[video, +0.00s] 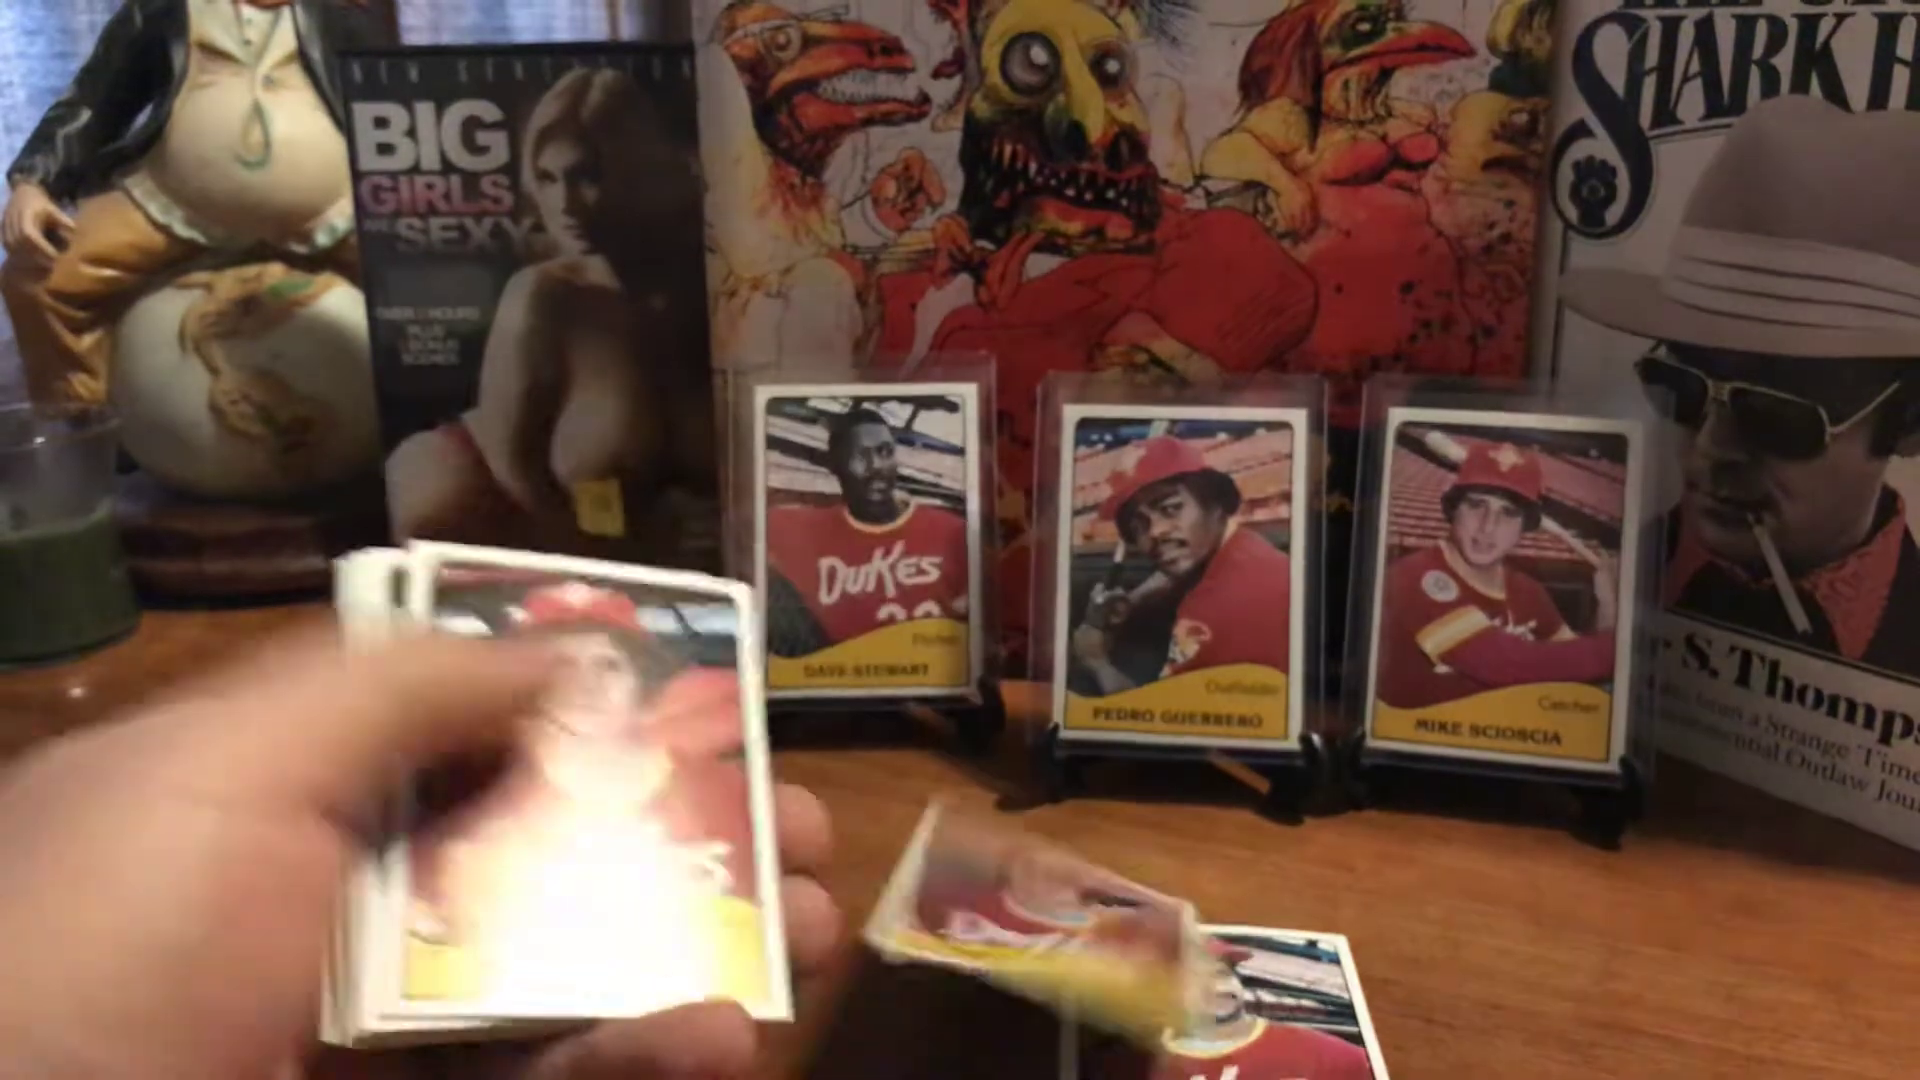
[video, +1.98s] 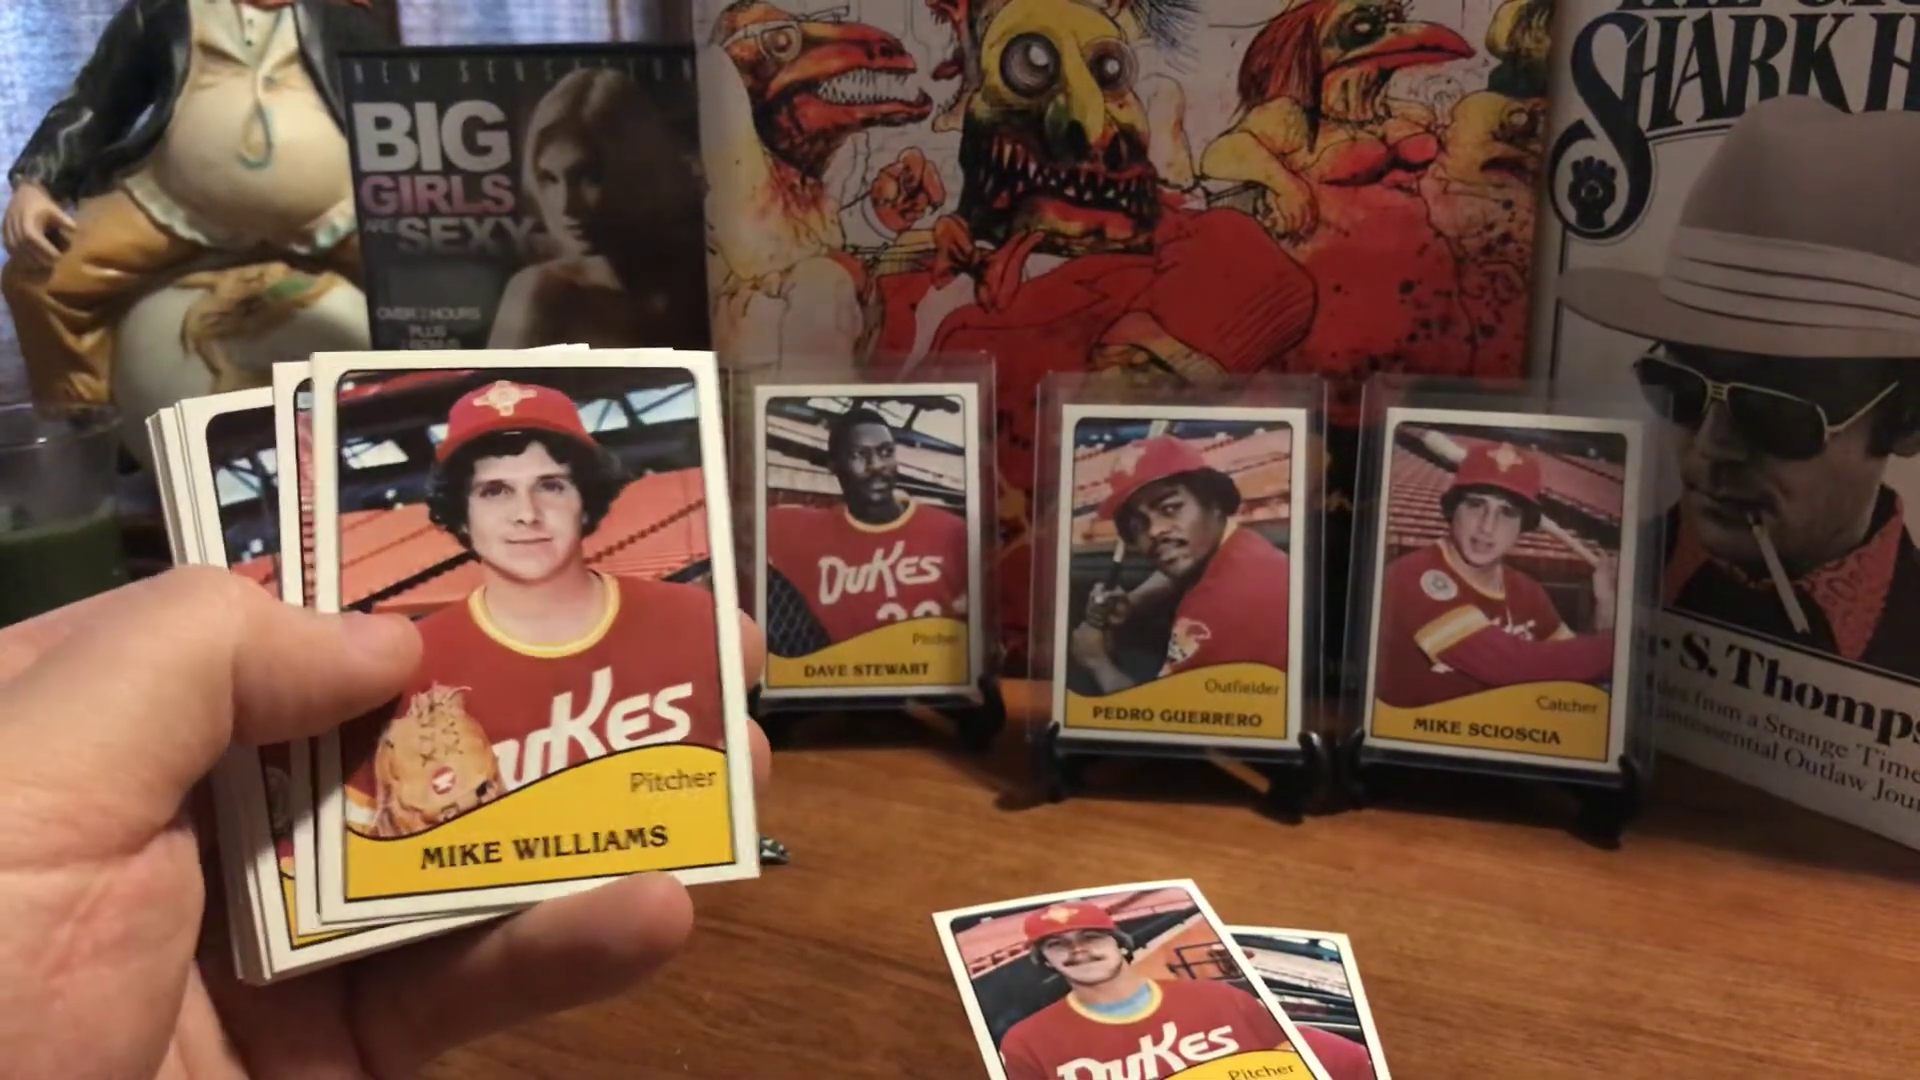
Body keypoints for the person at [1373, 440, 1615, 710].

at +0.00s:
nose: (1487, 525)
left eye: (1507, 513)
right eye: (1476, 505)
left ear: (1524, 526)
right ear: (1453, 510)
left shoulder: (1527, 592)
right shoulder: (1418, 578)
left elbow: (1582, 672)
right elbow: (1502, 665)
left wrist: (1607, 607)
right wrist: (1620, 647)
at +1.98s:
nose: (1487, 526)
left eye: (1506, 513)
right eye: (1476, 505)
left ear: (1522, 527)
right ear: (1452, 509)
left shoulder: (1526, 592)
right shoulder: (1416, 577)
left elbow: (1578, 676)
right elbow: (1506, 665)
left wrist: (1606, 607)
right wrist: (1626, 642)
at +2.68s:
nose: (1485, 527)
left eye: (1504, 513)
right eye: (1474, 505)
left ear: (1520, 527)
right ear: (1450, 509)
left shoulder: (1523, 591)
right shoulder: (1415, 578)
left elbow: (1578, 673)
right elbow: (1504, 665)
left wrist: (1604, 607)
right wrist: (1617, 642)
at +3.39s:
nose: (1485, 527)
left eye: (1504, 513)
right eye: (1474, 506)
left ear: (1520, 527)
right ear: (1450, 509)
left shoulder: (1523, 591)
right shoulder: (1414, 578)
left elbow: (1577, 671)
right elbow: (1505, 665)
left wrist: (1604, 607)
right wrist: (1616, 643)